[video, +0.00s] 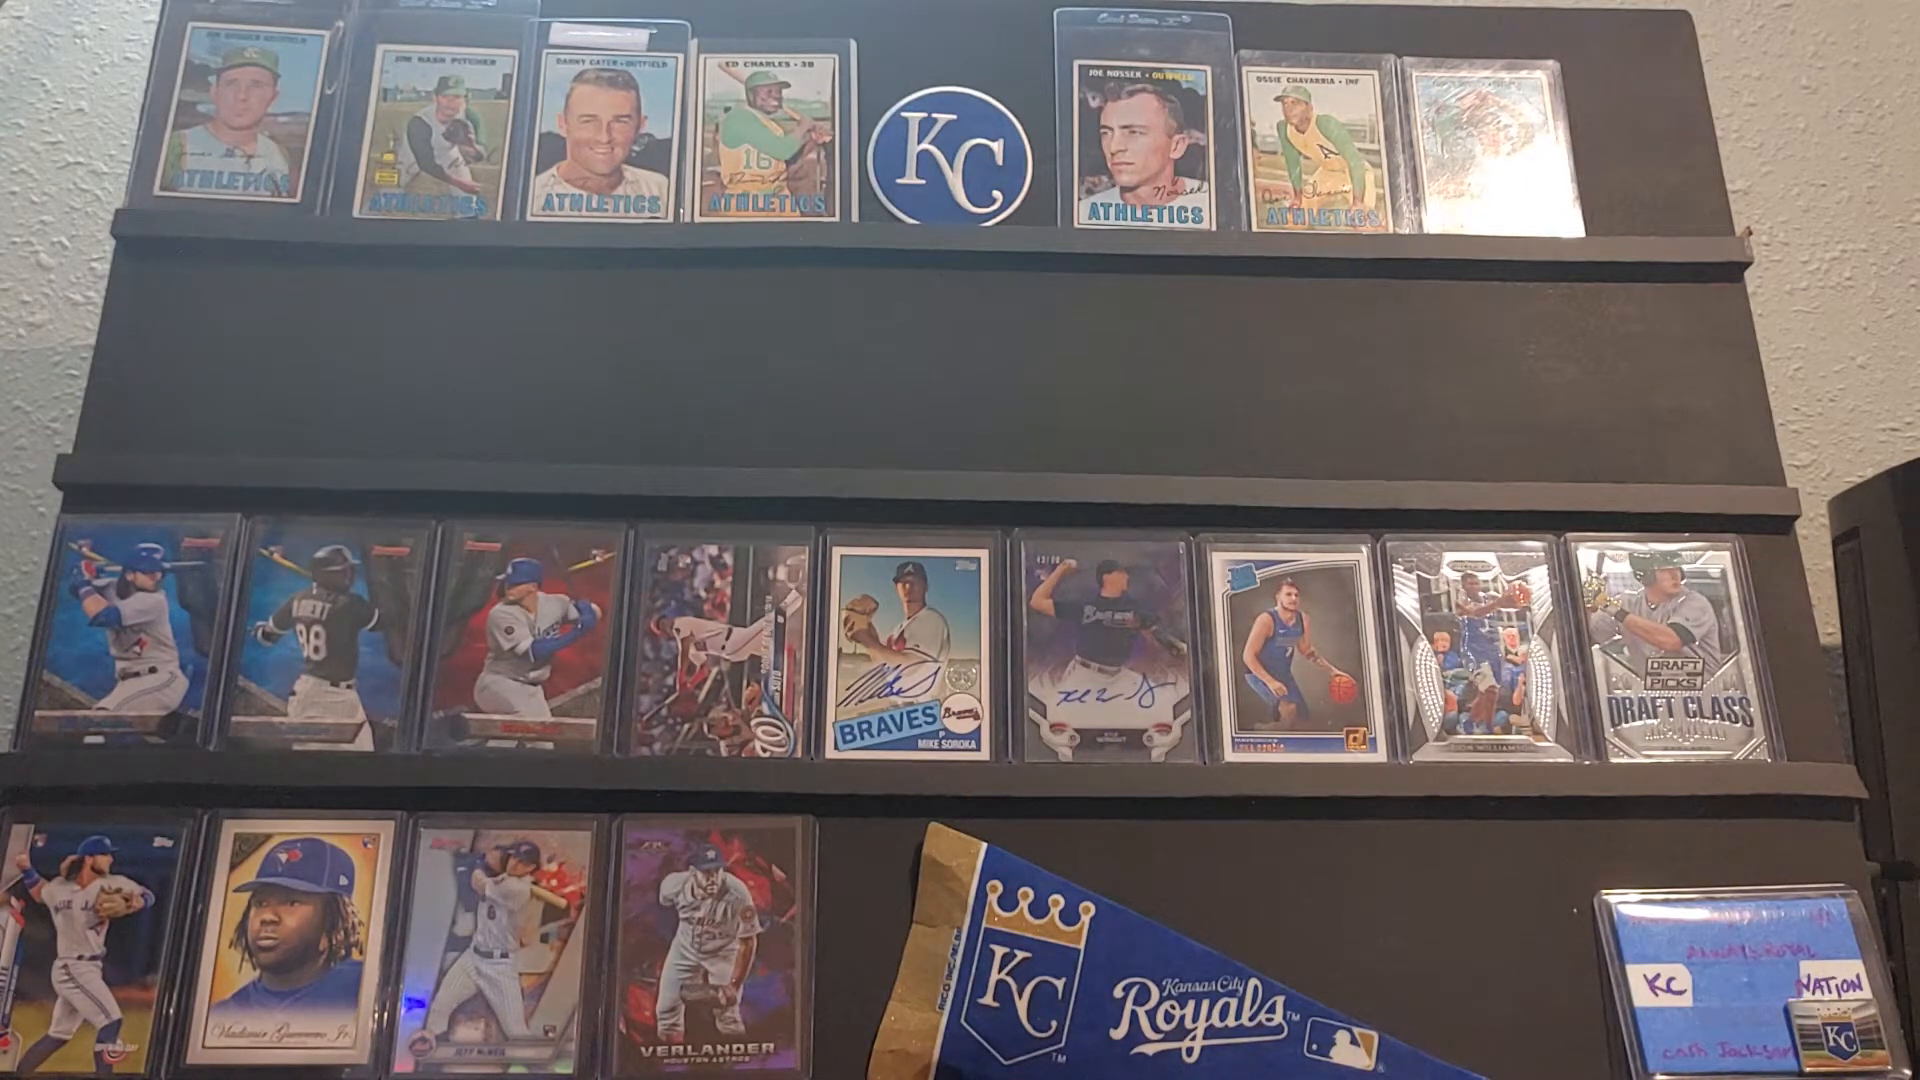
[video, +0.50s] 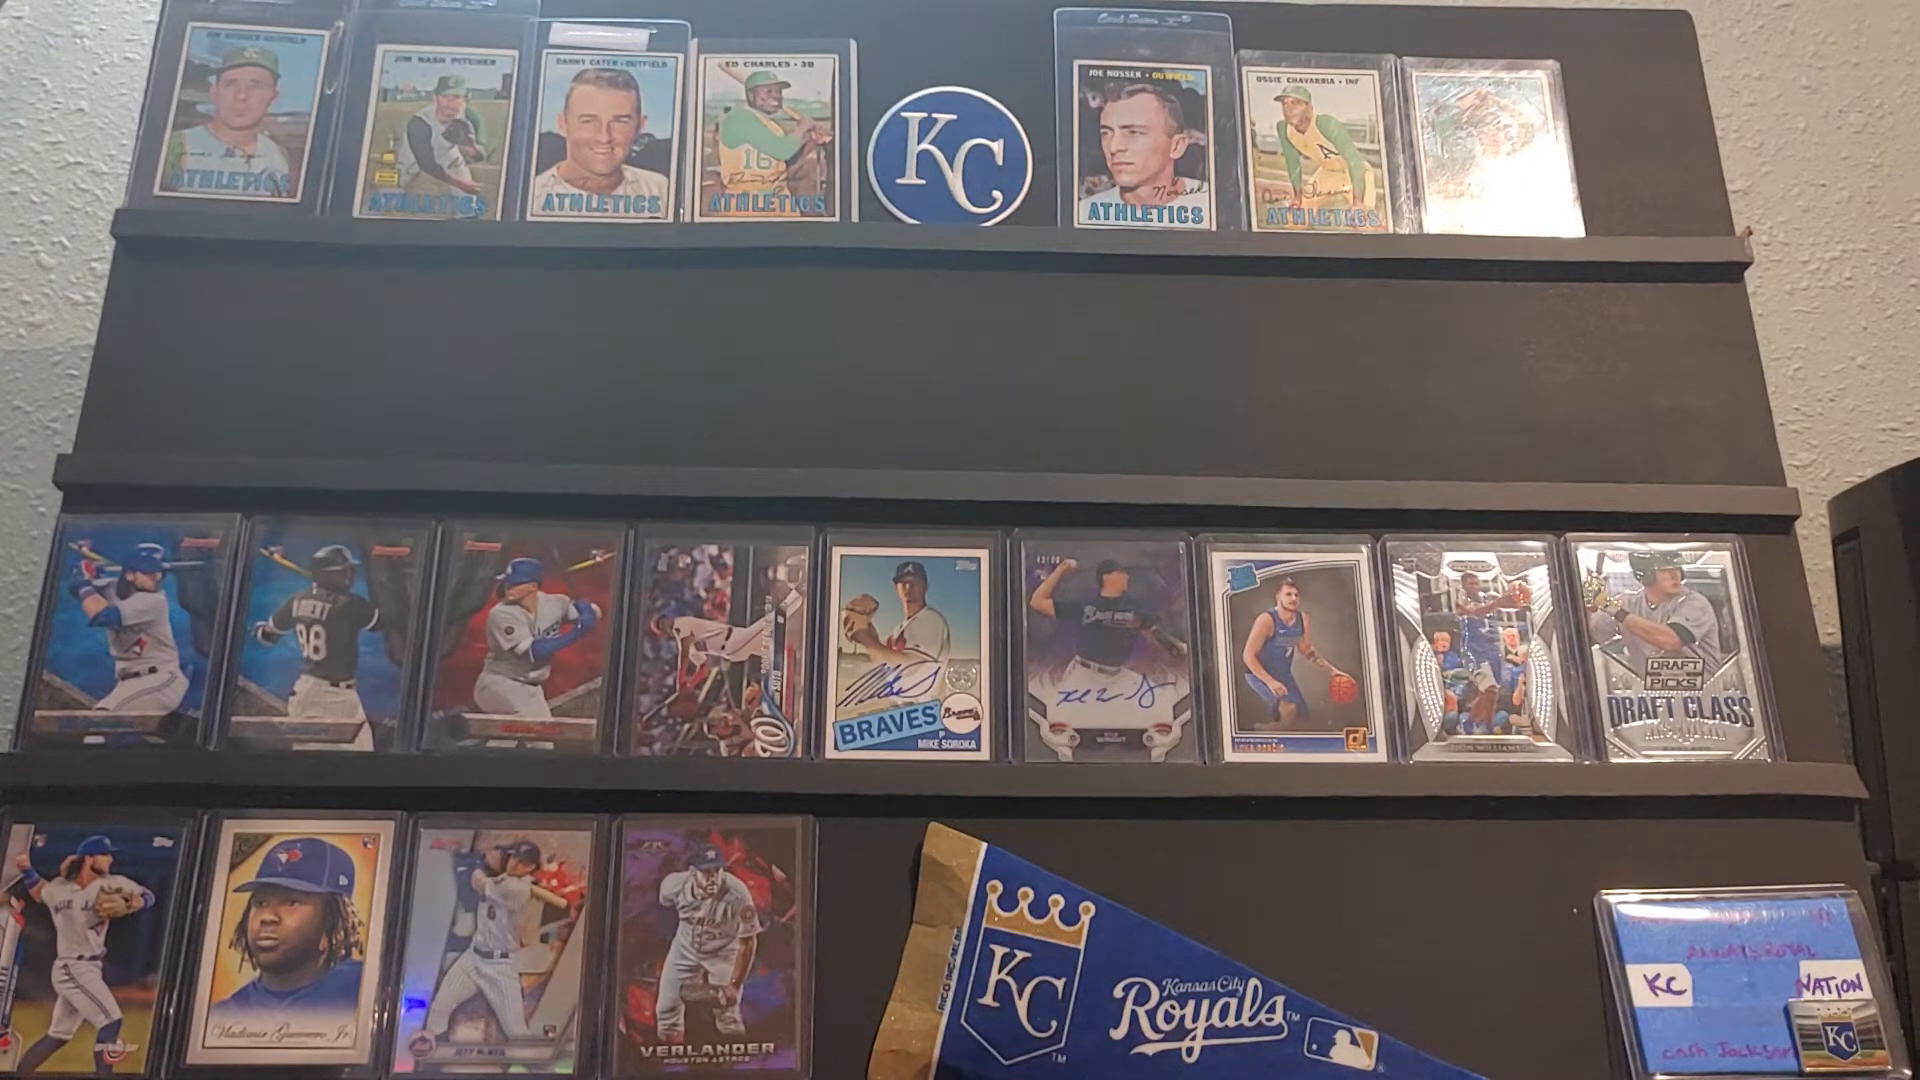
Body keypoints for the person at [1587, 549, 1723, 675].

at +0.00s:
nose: (1676, 575)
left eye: (1676, 568)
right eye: (1665, 570)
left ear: (1681, 571)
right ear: (1644, 575)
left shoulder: (1696, 604)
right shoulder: (1627, 604)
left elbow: (1671, 641)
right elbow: (1585, 638)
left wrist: (1619, 613)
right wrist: (1586, 608)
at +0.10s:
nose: (1675, 575)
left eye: (1677, 568)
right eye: (1665, 570)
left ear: (1681, 571)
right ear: (1644, 575)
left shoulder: (1696, 604)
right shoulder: (1627, 604)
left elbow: (1672, 641)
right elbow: (1585, 637)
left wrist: (1619, 613)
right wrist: (1586, 608)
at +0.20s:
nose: (1676, 575)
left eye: (1677, 568)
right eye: (1666, 570)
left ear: (1681, 571)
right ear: (1644, 575)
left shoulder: (1696, 604)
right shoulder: (1627, 604)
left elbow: (1671, 641)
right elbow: (1587, 637)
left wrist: (1619, 613)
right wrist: (1586, 609)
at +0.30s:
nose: (1676, 575)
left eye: (1677, 568)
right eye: (1666, 570)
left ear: (1681, 571)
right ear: (1644, 575)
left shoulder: (1696, 604)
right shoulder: (1627, 604)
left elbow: (1671, 641)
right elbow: (1587, 637)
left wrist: (1619, 613)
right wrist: (1586, 609)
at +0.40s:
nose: (1676, 575)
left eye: (1677, 568)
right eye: (1666, 570)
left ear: (1681, 571)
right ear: (1644, 575)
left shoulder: (1696, 604)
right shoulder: (1627, 604)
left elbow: (1671, 641)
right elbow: (1587, 637)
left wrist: (1619, 613)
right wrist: (1586, 609)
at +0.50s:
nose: (1676, 575)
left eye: (1677, 568)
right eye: (1666, 570)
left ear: (1681, 571)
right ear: (1644, 575)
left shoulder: (1696, 604)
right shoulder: (1627, 604)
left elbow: (1671, 641)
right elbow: (1587, 637)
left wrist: (1619, 613)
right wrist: (1586, 609)